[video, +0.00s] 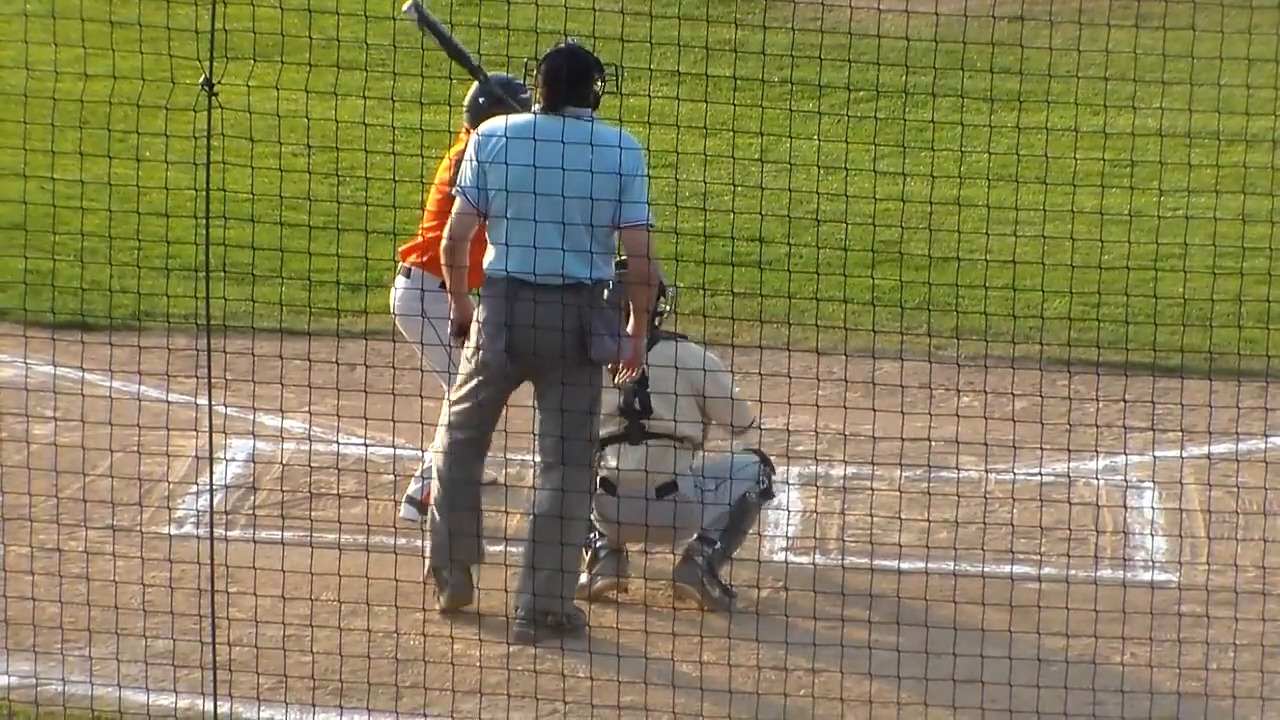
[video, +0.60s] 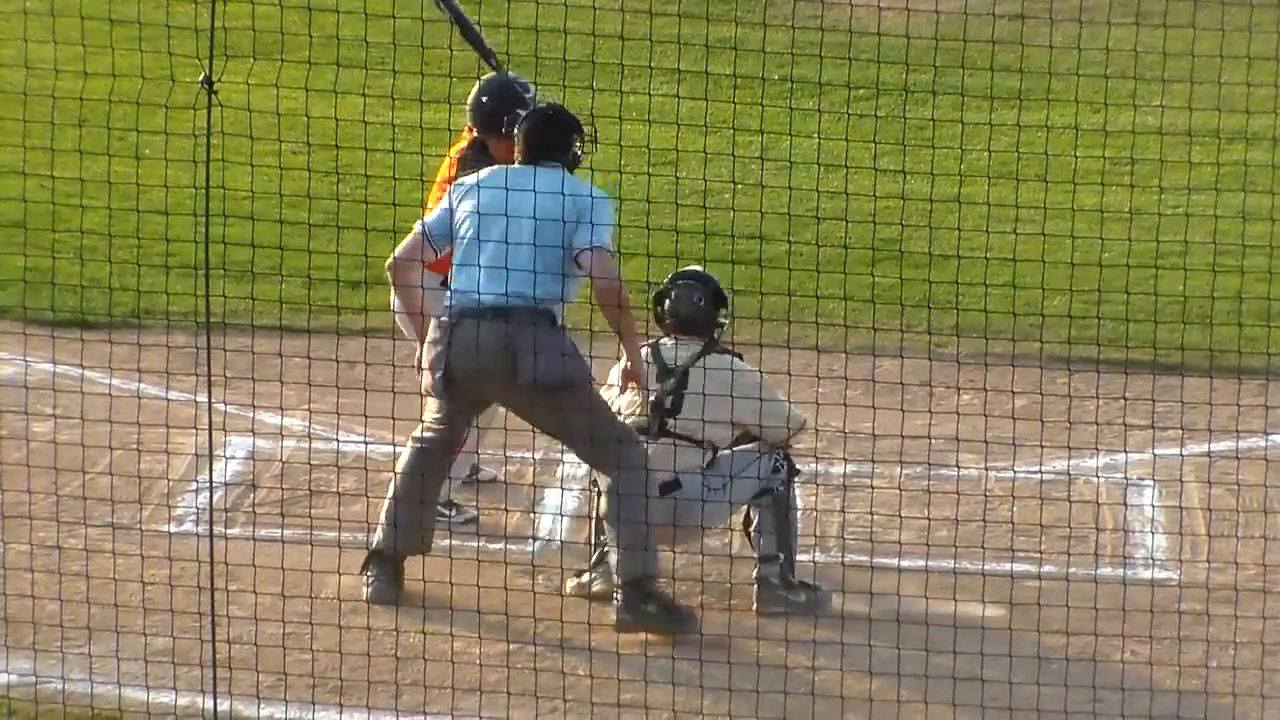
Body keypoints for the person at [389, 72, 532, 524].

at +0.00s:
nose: (523, 126)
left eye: (523, 118)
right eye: (519, 117)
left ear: (476, 115)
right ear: (501, 116)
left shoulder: (468, 151)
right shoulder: (478, 155)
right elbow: (459, 235)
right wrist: (465, 295)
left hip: (425, 290)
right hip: (429, 293)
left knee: (472, 387)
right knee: (472, 393)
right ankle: (423, 491)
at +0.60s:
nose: (523, 137)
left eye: (524, 127)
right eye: (518, 128)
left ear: (481, 124)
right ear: (500, 128)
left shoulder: (486, 156)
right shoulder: (471, 167)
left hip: (449, 281)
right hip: (431, 284)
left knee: (471, 374)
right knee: (452, 384)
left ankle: (463, 462)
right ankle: (435, 490)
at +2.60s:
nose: (539, 179)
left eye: (539, 171)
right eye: (534, 171)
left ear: (498, 170)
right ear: (516, 173)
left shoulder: (514, 213)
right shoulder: (477, 209)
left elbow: (522, 265)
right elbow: (482, 279)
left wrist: (556, 260)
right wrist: (534, 257)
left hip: (451, 325)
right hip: (411, 322)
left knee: (485, 403)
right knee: (468, 410)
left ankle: (441, 503)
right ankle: (434, 507)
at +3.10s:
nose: (514, 131)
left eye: (514, 123)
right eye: (507, 124)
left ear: (481, 127)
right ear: (487, 127)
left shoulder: (489, 161)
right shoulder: (445, 175)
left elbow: (486, 212)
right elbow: (430, 249)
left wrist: (512, 230)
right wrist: (484, 231)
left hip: (454, 286)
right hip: (415, 289)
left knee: (462, 388)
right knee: (445, 397)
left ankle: (410, 465)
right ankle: (434, 504)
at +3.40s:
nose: (471, 102)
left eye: (470, 94)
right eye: (465, 95)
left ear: (433, 97)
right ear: (444, 98)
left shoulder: (434, 136)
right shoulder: (407, 144)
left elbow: (441, 191)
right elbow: (399, 221)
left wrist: (479, 189)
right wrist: (453, 200)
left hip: (414, 274)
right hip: (392, 276)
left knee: (417, 381)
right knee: (435, 383)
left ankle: (354, 473)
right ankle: (432, 506)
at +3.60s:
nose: (435, 103)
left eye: (436, 94)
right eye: (432, 93)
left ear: (394, 85)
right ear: (414, 92)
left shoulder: (377, 123)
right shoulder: (379, 135)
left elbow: (390, 189)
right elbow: (373, 209)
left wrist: (419, 172)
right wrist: (425, 197)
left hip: (356, 260)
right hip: (361, 264)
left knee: (374, 377)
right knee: (394, 378)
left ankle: (345, 485)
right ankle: (405, 498)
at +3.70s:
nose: (419, 107)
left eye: (423, 97)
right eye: (418, 96)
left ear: (381, 81)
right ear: (400, 88)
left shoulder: (348, 118)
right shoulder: (367, 126)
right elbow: (360, 200)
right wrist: (413, 196)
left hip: (325, 258)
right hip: (347, 262)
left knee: (351, 377)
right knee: (382, 378)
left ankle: (339, 481)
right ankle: (349, 482)